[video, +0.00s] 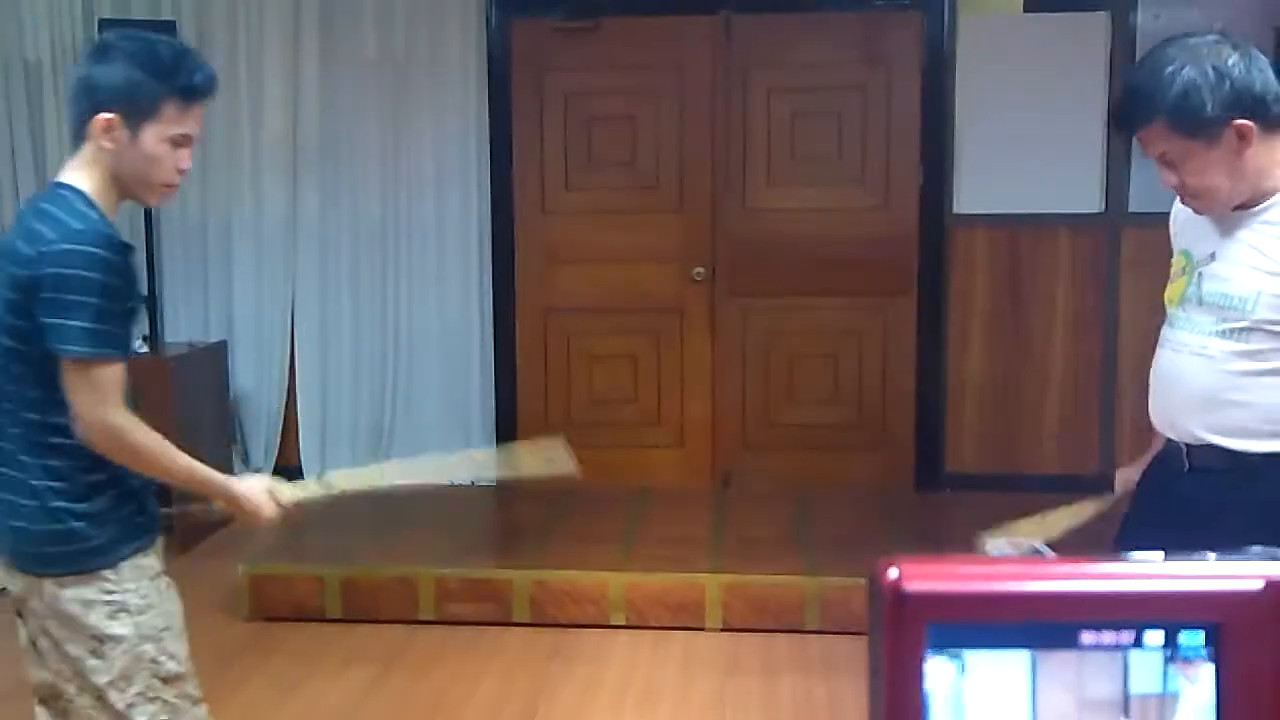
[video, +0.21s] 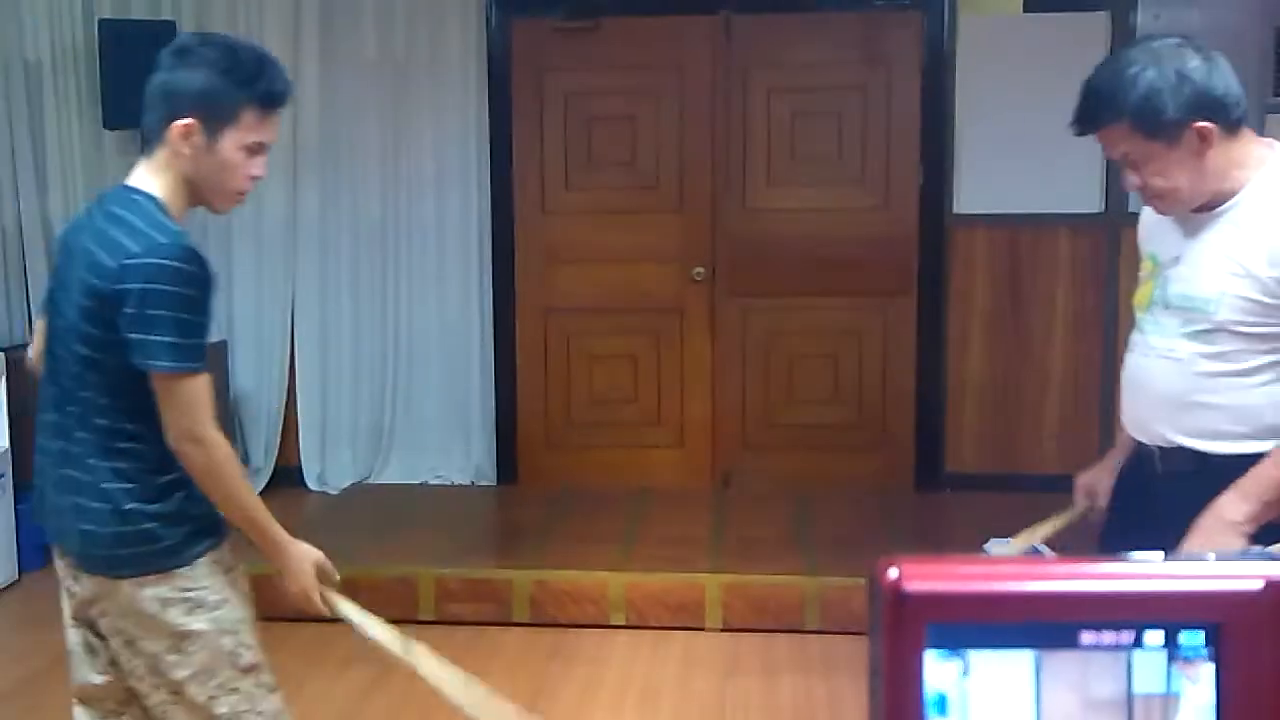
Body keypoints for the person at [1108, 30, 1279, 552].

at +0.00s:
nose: (1166, 184)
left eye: (1172, 162)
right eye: (1158, 165)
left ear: (1241, 135)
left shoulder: (1272, 225)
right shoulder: (1188, 213)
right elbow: (1195, 350)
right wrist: (1150, 461)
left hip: (1261, 485)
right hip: (1176, 476)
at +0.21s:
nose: (1128, 184)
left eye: (1135, 165)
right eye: (1120, 167)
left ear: (1202, 139)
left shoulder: (1271, 211)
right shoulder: (1162, 206)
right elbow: (1159, 346)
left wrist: (1237, 510)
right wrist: (1118, 457)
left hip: (1241, 487)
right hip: (1146, 477)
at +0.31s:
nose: (1096, 184)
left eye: (1104, 166)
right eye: (1090, 167)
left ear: (1166, 140)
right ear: (1165, 142)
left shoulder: (1265, 212)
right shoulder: (1138, 203)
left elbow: (1277, 402)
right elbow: (1143, 354)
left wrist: (1204, 511)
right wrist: (1081, 449)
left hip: (1221, 492)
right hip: (1121, 482)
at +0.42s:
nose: (1059, 186)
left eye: (1065, 167)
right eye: (1050, 170)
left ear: (1126, 139)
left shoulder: (1242, 212)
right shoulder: (1105, 212)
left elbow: (1278, 383)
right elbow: (1112, 359)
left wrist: (1194, 511)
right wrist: (1037, 436)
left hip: (1197, 496)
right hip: (1095, 487)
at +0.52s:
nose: (1026, 195)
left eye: (1030, 176)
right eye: (1017, 180)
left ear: (1086, 145)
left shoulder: (1207, 209)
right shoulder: (1075, 219)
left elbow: (1268, 377)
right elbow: (1085, 363)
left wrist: (1207, 527)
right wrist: (1010, 443)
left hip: (1174, 493)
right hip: (1074, 488)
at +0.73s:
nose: (972, 209)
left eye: (974, 189)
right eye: (963, 195)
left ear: (1026, 152)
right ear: (1025, 153)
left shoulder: (1151, 201)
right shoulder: (1020, 229)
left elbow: (1250, 346)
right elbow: (1060, 368)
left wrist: (1246, 518)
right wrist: (1022, 485)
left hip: (1155, 484)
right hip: (1049, 487)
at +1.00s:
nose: (946, 217)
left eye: (947, 197)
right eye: (936, 203)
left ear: (999, 163)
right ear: (1000, 164)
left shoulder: (1128, 200)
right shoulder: (994, 237)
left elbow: (1225, 342)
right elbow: (1045, 369)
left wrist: (1183, 505)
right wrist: (1023, 508)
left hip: (1144, 483)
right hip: (1042, 488)